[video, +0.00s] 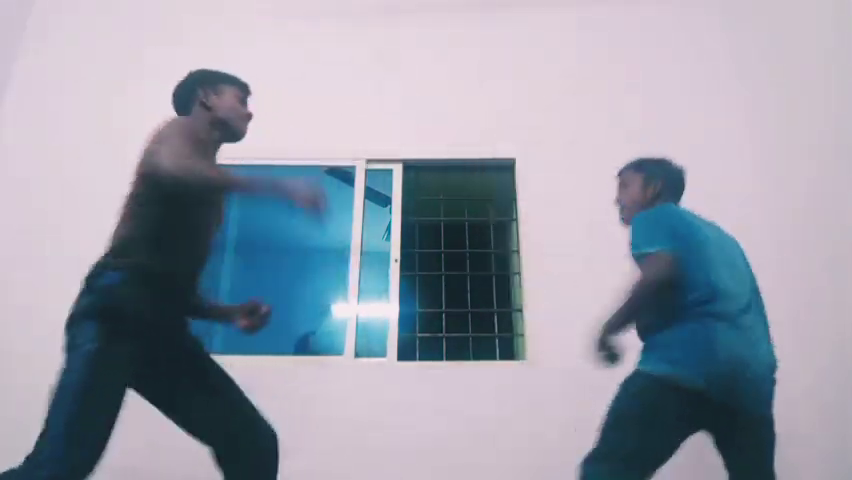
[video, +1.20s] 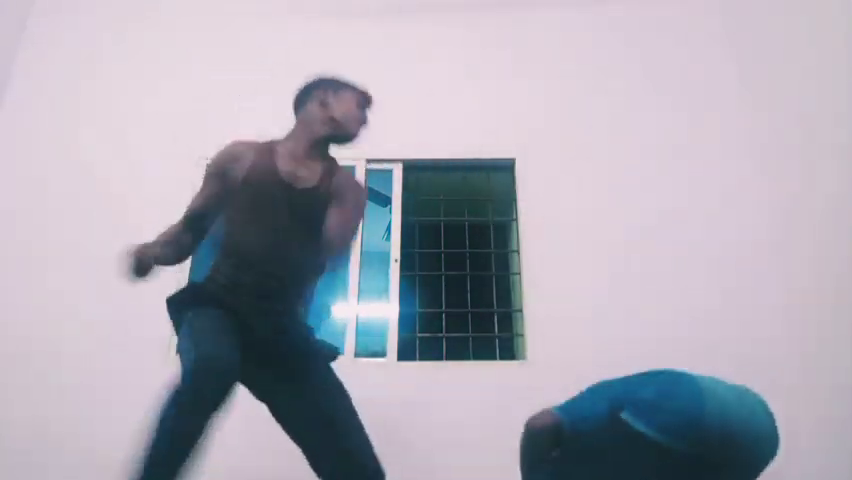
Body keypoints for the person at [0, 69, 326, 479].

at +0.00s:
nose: (251, 110)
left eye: (249, 101)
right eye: (241, 98)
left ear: (214, 103)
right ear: (207, 99)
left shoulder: (206, 180)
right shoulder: (178, 133)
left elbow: (171, 292)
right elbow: (170, 166)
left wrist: (231, 314)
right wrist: (280, 190)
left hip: (159, 327)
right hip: (114, 314)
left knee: (252, 444)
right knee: (61, 462)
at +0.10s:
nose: (245, 98)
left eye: (246, 91)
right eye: (237, 87)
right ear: (201, 84)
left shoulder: (212, 179)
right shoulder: (160, 116)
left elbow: (196, 275)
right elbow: (153, 148)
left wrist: (255, 283)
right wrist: (257, 148)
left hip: (169, 318)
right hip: (116, 307)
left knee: (254, 444)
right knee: (47, 440)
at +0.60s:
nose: (271, 84)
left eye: (269, 76)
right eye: (262, 72)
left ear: (233, 79)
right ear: (229, 75)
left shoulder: (224, 137)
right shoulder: (208, 114)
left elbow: (201, 243)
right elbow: (182, 176)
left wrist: (262, 256)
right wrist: (265, 201)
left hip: (204, 303)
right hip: (160, 300)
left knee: (282, 435)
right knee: (82, 444)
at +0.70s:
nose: (277, 103)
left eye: (276, 95)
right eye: (270, 93)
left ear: (239, 100)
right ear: (240, 95)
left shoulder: (226, 148)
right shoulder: (233, 139)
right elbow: (228, 203)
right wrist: (278, 258)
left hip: (199, 319)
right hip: (161, 315)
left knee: (288, 431)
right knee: (86, 456)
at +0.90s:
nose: (307, 121)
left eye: (302, 113)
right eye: (295, 113)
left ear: (277, 129)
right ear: (269, 125)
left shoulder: (282, 188)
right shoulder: (254, 171)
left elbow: (246, 262)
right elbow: (220, 240)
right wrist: (295, 301)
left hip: (241, 353)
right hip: (185, 345)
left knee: (354, 445)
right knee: (65, 457)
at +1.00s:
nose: (323, 108)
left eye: (320, 101)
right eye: (312, 100)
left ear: (296, 112)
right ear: (283, 107)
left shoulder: (325, 174)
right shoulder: (237, 151)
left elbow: (379, 179)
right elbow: (182, 220)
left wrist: (367, 181)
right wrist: (253, 233)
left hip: (262, 333)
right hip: (191, 318)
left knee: (359, 436)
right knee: (102, 405)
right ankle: (14, 471)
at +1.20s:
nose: (365, 113)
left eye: (366, 109)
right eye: (359, 102)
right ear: (320, 102)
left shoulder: (346, 191)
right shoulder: (240, 158)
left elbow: (325, 255)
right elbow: (189, 231)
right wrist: (154, 252)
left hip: (279, 327)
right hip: (214, 311)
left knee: (357, 467)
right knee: (212, 371)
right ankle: (155, 473)